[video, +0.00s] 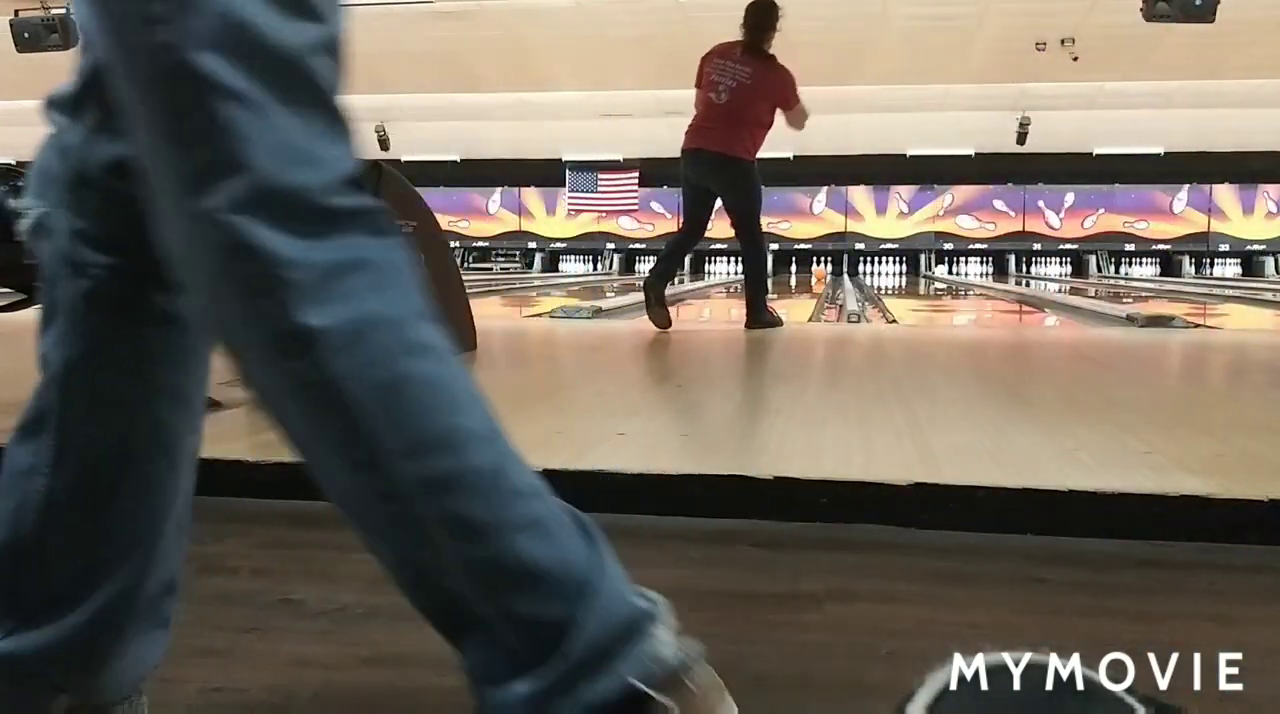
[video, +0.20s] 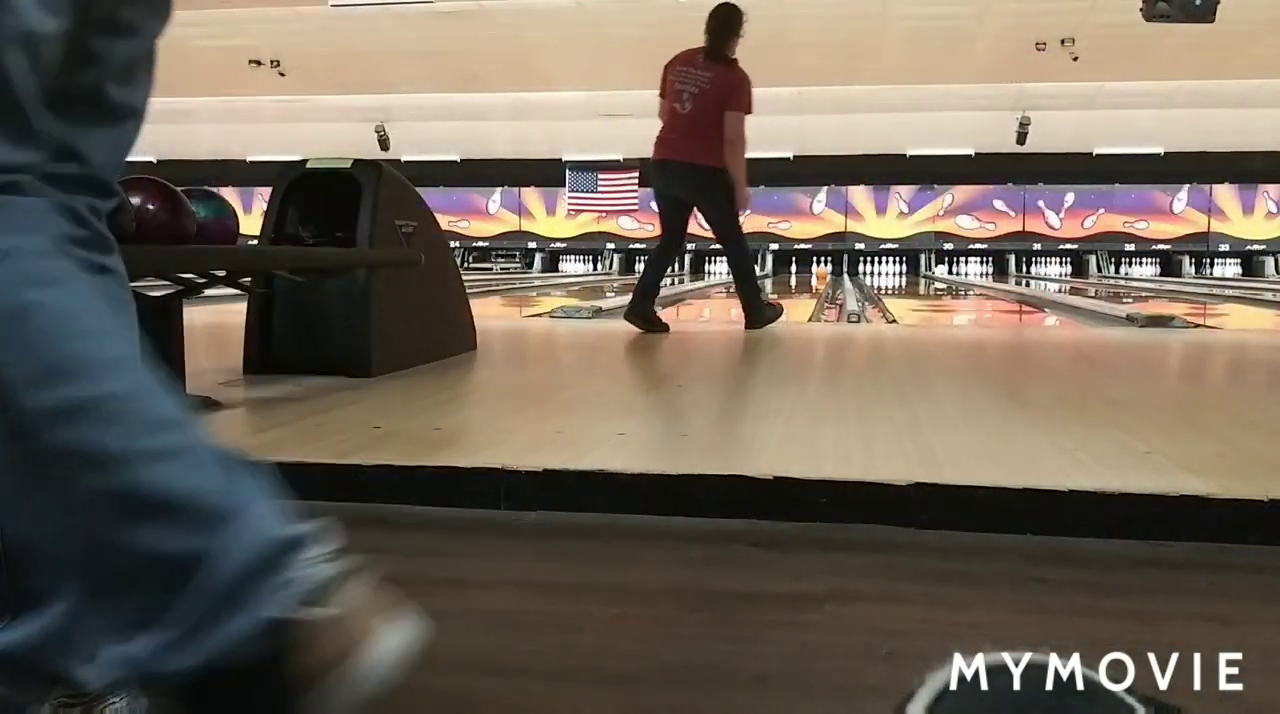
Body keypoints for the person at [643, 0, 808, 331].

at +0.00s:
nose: (773, 31)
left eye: (769, 24)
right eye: (774, 25)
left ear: (744, 24)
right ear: (773, 29)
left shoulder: (715, 54)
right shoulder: (776, 73)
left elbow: (701, 102)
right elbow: (797, 121)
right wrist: (795, 102)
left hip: (694, 154)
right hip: (734, 162)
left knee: (691, 229)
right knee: (750, 236)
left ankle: (655, 284)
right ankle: (757, 311)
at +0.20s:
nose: (740, 35)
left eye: (737, 29)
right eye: (740, 30)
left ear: (708, 28)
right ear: (737, 33)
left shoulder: (678, 62)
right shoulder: (735, 78)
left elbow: (665, 114)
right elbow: (733, 138)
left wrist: (691, 135)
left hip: (666, 167)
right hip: (706, 172)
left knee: (670, 239)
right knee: (734, 242)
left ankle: (640, 305)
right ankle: (755, 310)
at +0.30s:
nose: (720, 35)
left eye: (719, 29)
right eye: (720, 30)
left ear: (688, 27)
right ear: (716, 32)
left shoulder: (657, 61)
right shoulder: (713, 74)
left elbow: (643, 114)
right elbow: (707, 129)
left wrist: (656, 146)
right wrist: (708, 180)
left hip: (645, 166)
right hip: (683, 171)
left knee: (656, 243)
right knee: (719, 241)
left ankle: (637, 313)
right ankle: (747, 305)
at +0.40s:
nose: (705, 28)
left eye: (703, 21)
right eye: (704, 22)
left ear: (671, 20)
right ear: (698, 25)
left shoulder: (639, 54)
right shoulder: (696, 65)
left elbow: (621, 106)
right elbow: (686, 109)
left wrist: (624, 149)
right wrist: (680, 160)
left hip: (629, 162)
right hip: (667, 164)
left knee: (647, 237)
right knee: (704, 233)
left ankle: (636, 315)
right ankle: (716, 309)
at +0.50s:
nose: (687, 21)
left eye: (686, 15)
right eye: (686, 15)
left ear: (655, 13)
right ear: (682, 17)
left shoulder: (623, 44)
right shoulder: (680, 56)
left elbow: (601, 97)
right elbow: (671, 102)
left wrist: (596, 141)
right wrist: (666, 152)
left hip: (614, 153)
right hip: (653, 156)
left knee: (636, 232)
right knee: (682, 229)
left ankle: (635, 317)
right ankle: (665, 306)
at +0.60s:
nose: (670, 17)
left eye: (670, 11)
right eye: (670, 11)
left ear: (637, 9)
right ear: (665, 13)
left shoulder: (606, 41)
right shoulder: (663, 53)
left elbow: (585, 93)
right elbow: (659, 108)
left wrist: (575, 139)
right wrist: (660, 160)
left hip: (602, 150)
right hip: (636, 153)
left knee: (626, 231)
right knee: (651, 232)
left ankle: (636, 311)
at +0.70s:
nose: (654, 16)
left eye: (654, 11)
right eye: (654, 10)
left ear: (620, 8)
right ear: (648, 12)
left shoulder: (591, 41)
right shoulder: (646, 53)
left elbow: (572, 96)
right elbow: (649, 118)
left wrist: (564, 141)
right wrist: (659, 170)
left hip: (586, 151)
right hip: (619, 156)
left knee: (618, 234)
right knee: (617, 234)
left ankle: (634, 313)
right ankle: (558, 300)